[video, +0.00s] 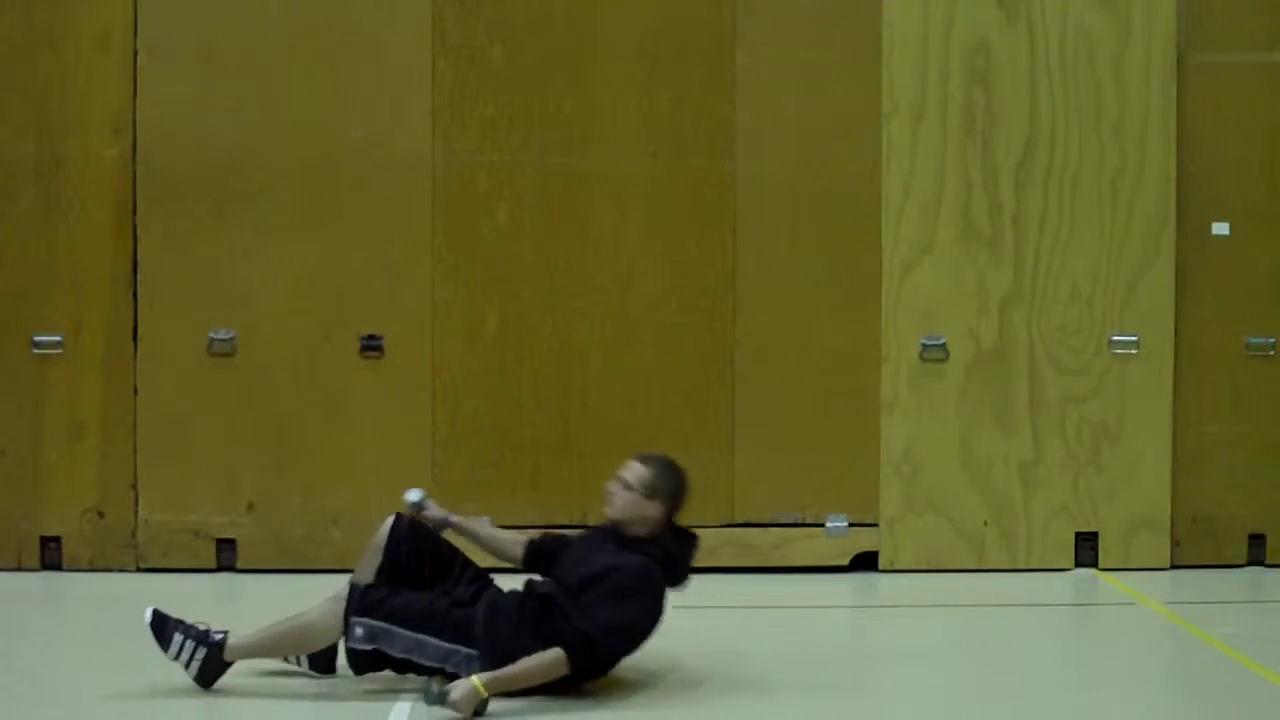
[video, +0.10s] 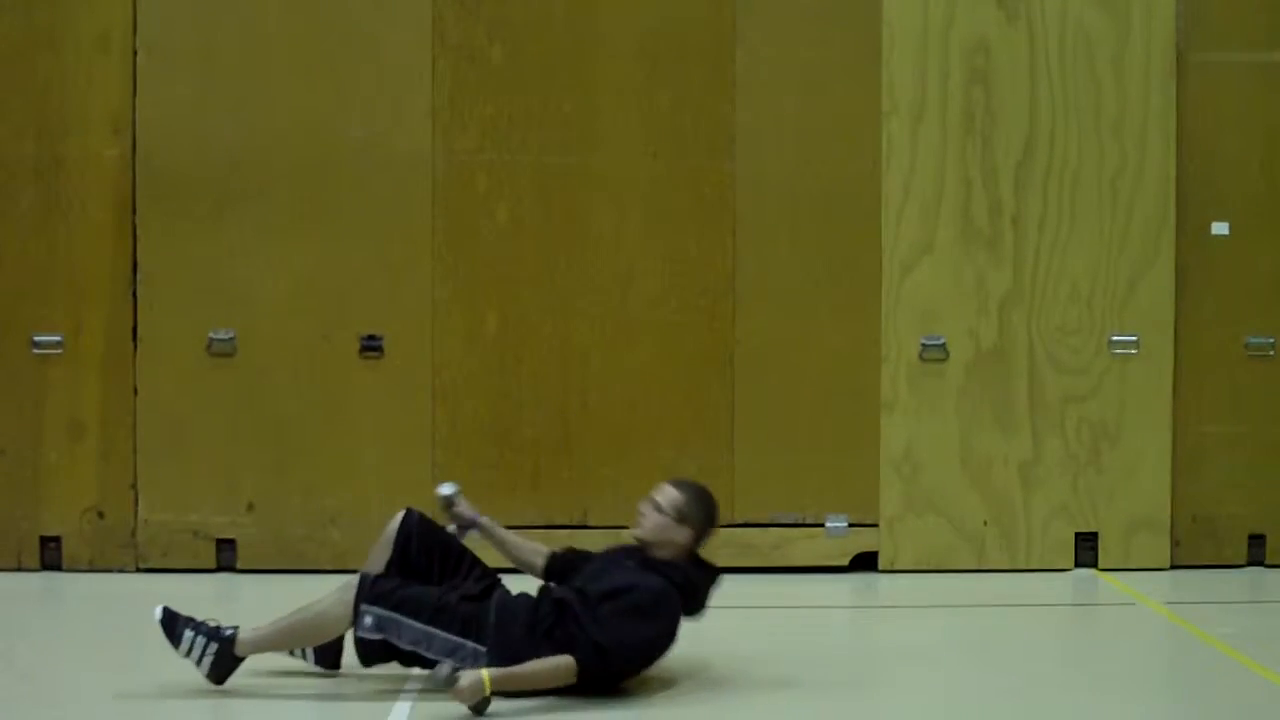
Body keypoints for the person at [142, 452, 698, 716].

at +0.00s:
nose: (612, 491)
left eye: (628, 488)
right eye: (617, 481)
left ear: (658, 513)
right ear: (622, 495)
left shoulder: (638, 586)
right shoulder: (602, 539)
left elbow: (570, 656)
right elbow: (516, 550)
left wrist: (486, 684)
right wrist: (447, 518)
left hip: (492, 646)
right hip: (490, 603)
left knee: (353, 605)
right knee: (396, 533)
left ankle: (218, 653)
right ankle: (343, 649)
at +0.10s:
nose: (644, 512)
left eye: (659, 512)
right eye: (649, 503)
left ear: (687, 537)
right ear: (652, 515)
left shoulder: (654, 605)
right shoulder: (632, 559)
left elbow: (582, 664)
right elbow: (550, 565)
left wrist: (493, 680)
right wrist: (480, 524)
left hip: (493, 640)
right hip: (499, 600)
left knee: (363, 599)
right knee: (406, 528)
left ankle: (229, 650)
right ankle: (335, 645)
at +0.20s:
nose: (668, 535)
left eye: (683, 534)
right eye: (675, 528)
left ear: (707, 563)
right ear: (688, 550)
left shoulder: (670, 627)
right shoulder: (653, 577)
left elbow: (592, 675)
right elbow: (569, 577)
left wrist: (503, 670)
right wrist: (508, 528)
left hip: (499, 634)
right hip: (510, 602)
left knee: (375, 576)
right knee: (415, 519)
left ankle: (250, 643)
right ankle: (341, 635)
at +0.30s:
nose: (696, 551)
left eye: (712, 554)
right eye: (703, 545)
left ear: (727, 586)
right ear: (701, 563)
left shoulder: (681, 641)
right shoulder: (664, 593)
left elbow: (590, 679)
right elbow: (579, 585)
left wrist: (511, 644)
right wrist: (533, 527)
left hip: (510, 643)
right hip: (524, 607)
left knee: (391, 558)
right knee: (426, 512)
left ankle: (276, 636)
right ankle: (350, 620)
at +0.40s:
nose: (709, 563)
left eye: (724, 566)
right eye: (717, 558)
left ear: (739, 597)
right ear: (716, 575)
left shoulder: (696, 642)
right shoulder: (681, 604)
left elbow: (597, 677)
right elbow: (592, 594)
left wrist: (536, 617)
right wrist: (554, 524)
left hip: (519, 647)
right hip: (534, 610)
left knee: (409, 544)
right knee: (435, 506)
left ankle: (307, 641)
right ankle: (368, 621)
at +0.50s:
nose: (719, 566)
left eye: (735, 571)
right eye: (727, 561)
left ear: (746, 604)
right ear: (724, 577)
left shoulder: (693, 641)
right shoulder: (689, 610)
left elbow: (600, 672)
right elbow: (598, 597)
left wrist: (560, 591)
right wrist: (577, 530)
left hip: (515, 643)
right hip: (532, 609)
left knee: (421, 533)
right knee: (438, 504)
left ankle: (338, 647)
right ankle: (388, 627)